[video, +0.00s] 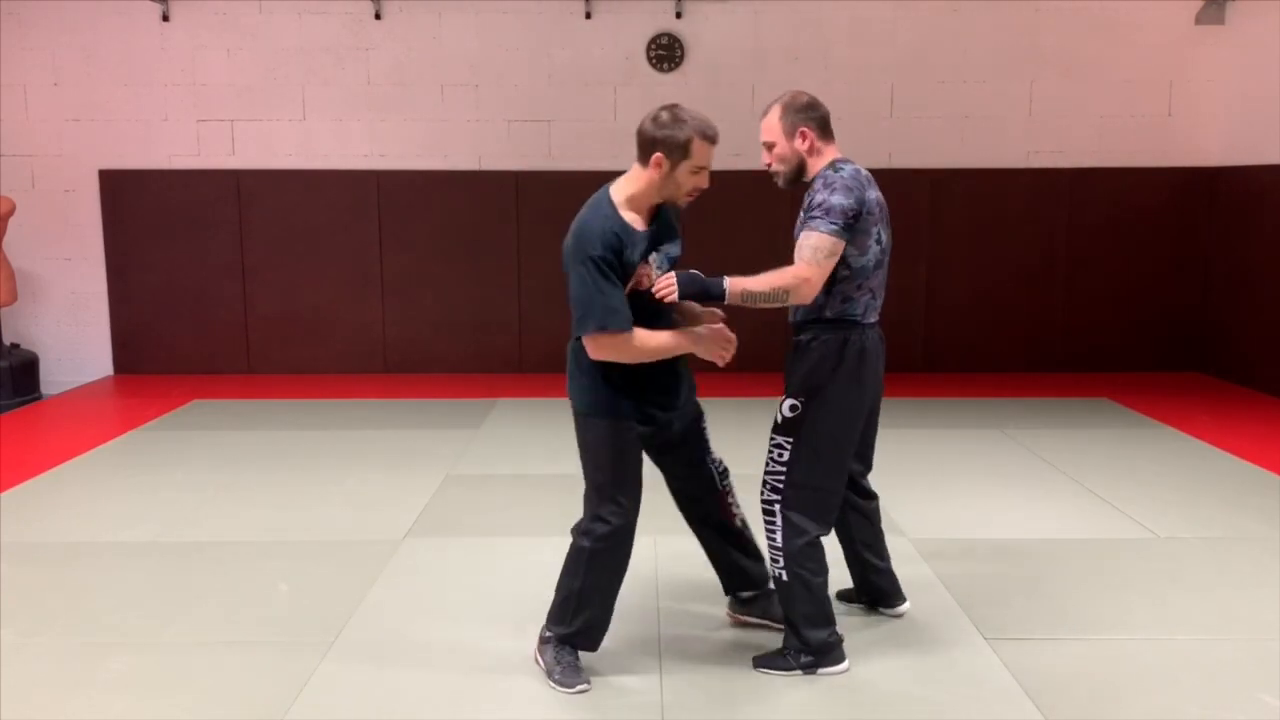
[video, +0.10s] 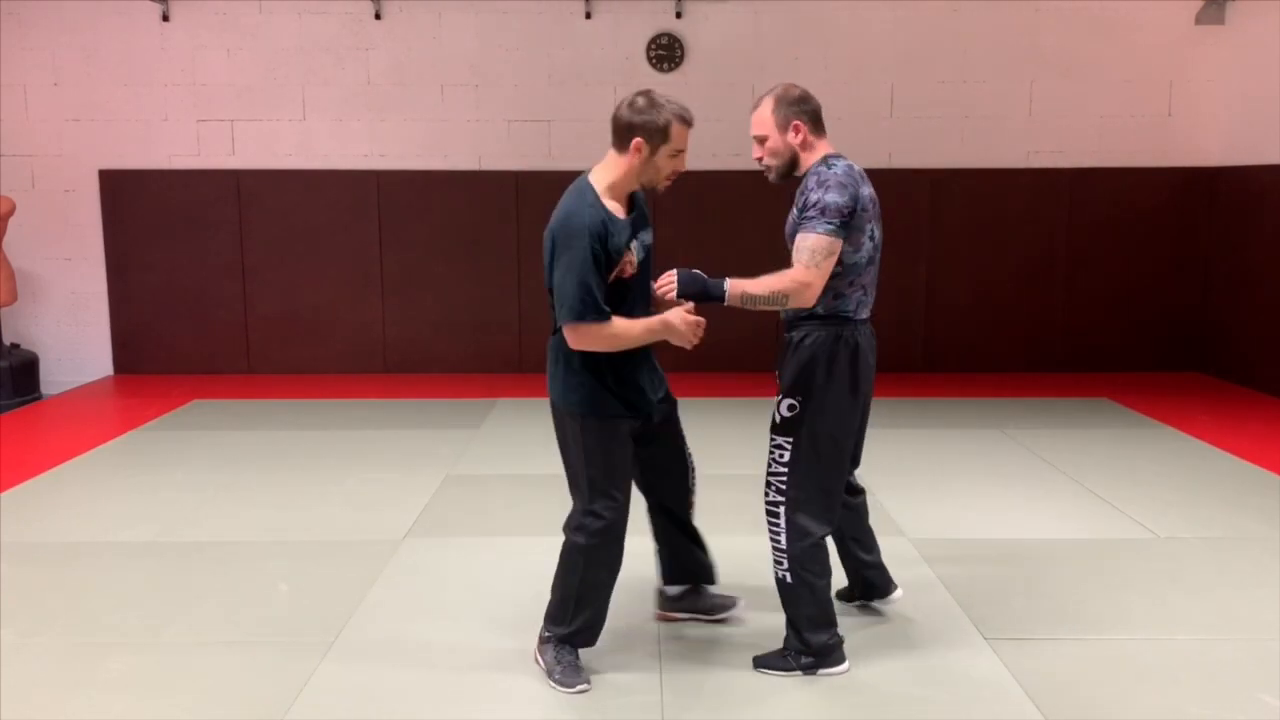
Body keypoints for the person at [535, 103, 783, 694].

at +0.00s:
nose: (705, 184)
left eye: (708, 172)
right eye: (699, 172)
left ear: (661, 164)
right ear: (658, 163)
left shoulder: (660, 211)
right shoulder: (593, 235)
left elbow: (663, 294)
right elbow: (604, 344)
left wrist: (702, 319)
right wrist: (690, 342)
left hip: (663, 378)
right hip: (605, 389)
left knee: (706, 489)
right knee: (611, 516)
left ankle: (750, 593)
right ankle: (560, 639)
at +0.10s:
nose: (681, 168)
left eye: (684, 155)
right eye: (676, 155)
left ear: (639, 148)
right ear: (638, 148)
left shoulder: (633, 198)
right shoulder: (576, 222)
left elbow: (633, 288)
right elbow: (581, 333)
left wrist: (665, 311)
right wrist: (661, 327)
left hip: (637, 375)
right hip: (586, 388)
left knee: (672, 481)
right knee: (600, 514)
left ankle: (682, 589)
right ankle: (559, 638)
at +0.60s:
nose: (618, 152)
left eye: (620, 141)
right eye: (613, 139)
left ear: (581, 135)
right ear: (581, 133)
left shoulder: (559, 195)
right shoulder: (516, 189)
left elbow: (545, 280)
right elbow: (493, 282)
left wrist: (580, 299)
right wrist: (573, 299)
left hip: (542, 375)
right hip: (501, 376)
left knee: (541, 489)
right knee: (506, 498)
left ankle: (522, 583)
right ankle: (478, 627)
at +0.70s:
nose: (597, 147)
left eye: (599, 135)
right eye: (593, 134)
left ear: (560, 128)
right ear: (562, 128)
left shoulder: (538, 190)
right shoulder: (504, 189)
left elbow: (526, 280)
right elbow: (492, 287)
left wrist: (567, 294)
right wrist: (566, 293)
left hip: (530, 376)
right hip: (489, 379)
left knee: (529, 490)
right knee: (480, 505)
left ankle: (517, 586)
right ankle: (443, 628)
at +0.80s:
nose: (583, 149)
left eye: (584, 138)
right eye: (578, 137)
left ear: (542, 134)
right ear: (549, 134)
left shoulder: (516, 194)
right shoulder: (494, 198)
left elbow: (512, 284)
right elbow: (496, 304)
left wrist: (556, 295)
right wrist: (559, 297)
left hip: (515, 381)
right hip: (476, 385)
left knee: (522, 490)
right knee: (464, 510)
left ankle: (516, 587)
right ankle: (439, 630)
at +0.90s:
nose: (571, 154)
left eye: (573, 143)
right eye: (568, 142)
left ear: (530, 137)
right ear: (539, 138)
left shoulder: (498, 191)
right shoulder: (483, 202)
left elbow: (496, 280)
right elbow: (495, 313)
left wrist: (541, 292)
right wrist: (551, 303)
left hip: (501, 374)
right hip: (461, 381)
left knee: (520, 477)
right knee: (457, 510)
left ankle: (515, 582)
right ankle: (438, 632)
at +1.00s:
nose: (558, 153)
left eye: (560, 140)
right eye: (555, 140)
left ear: (519, 132)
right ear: (524, 133)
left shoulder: (491, 187)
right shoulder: (472, 199)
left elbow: (484, 277)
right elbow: (487, 309)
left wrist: (527, 279)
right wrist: (546, 290)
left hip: (495, 376)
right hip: (456, 384)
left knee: (511, 480)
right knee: (452, 511)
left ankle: (500, 579)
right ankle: (437, 632)